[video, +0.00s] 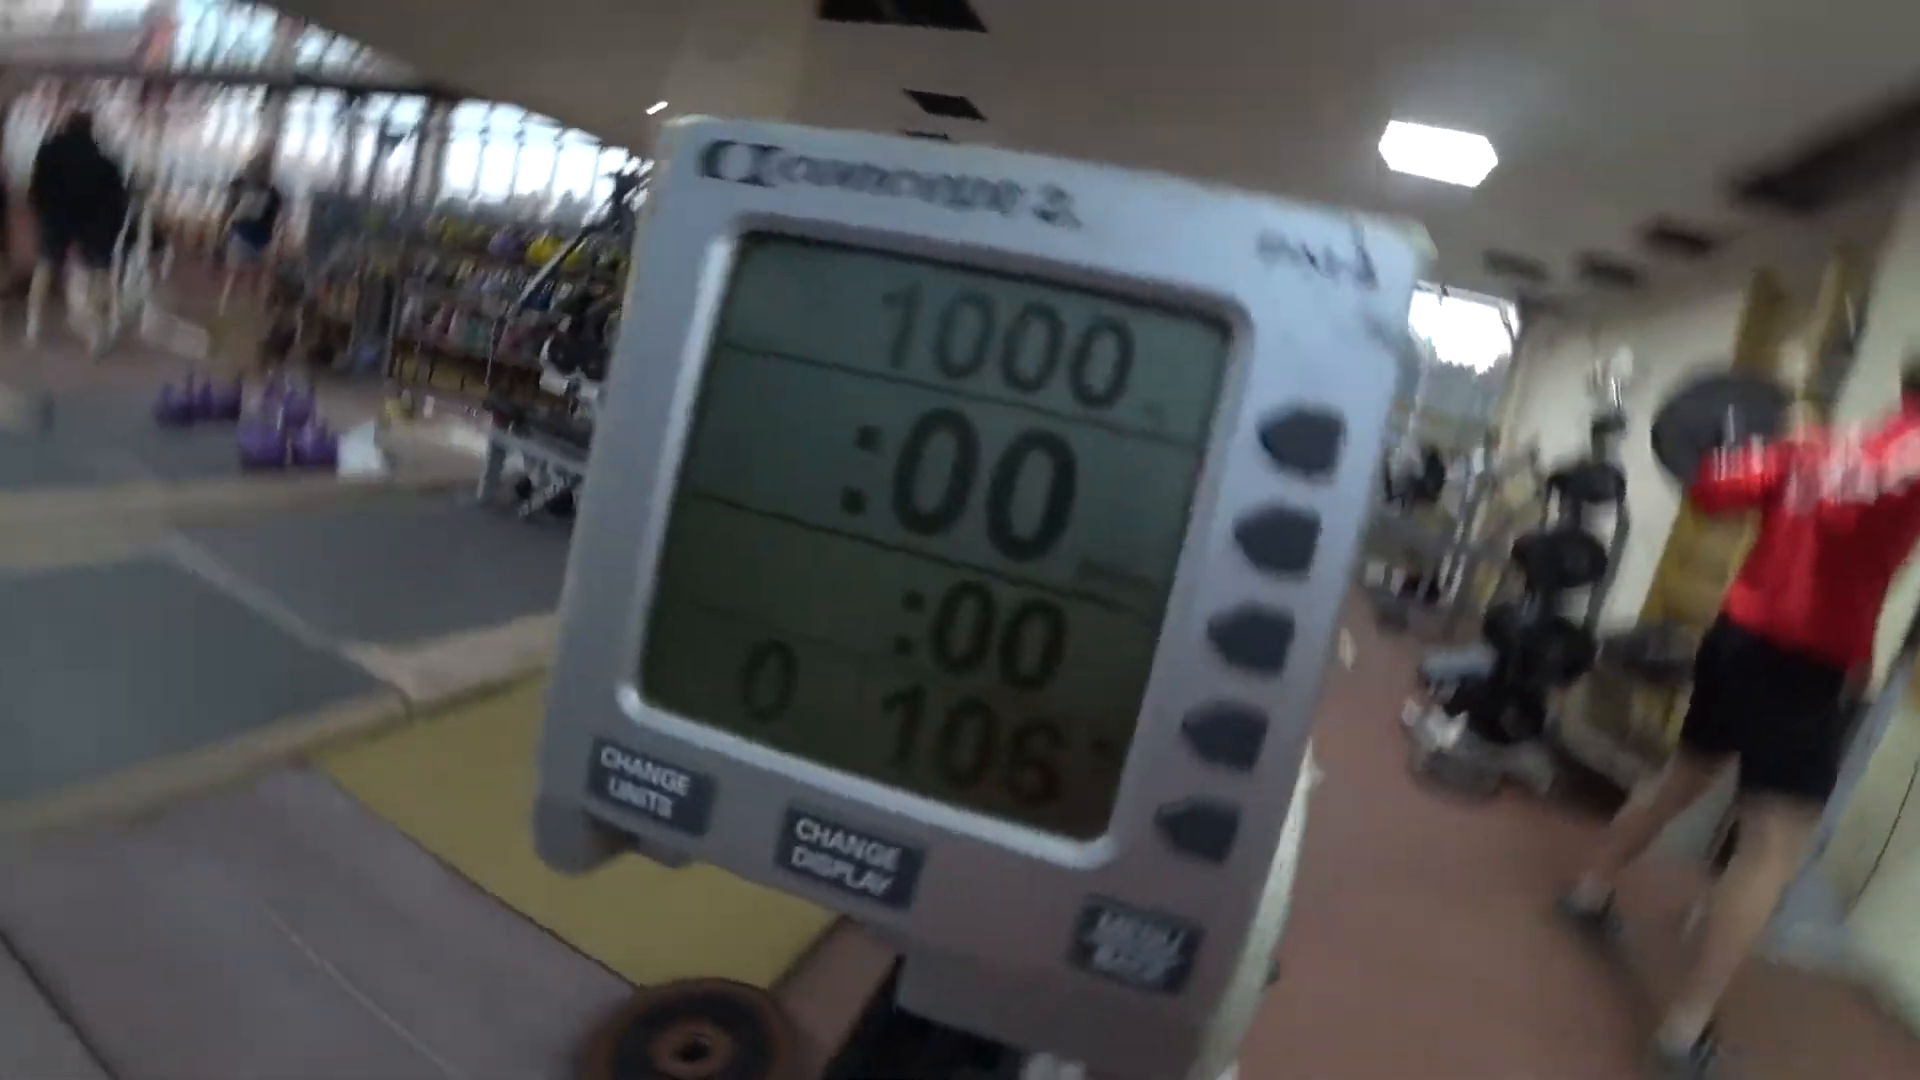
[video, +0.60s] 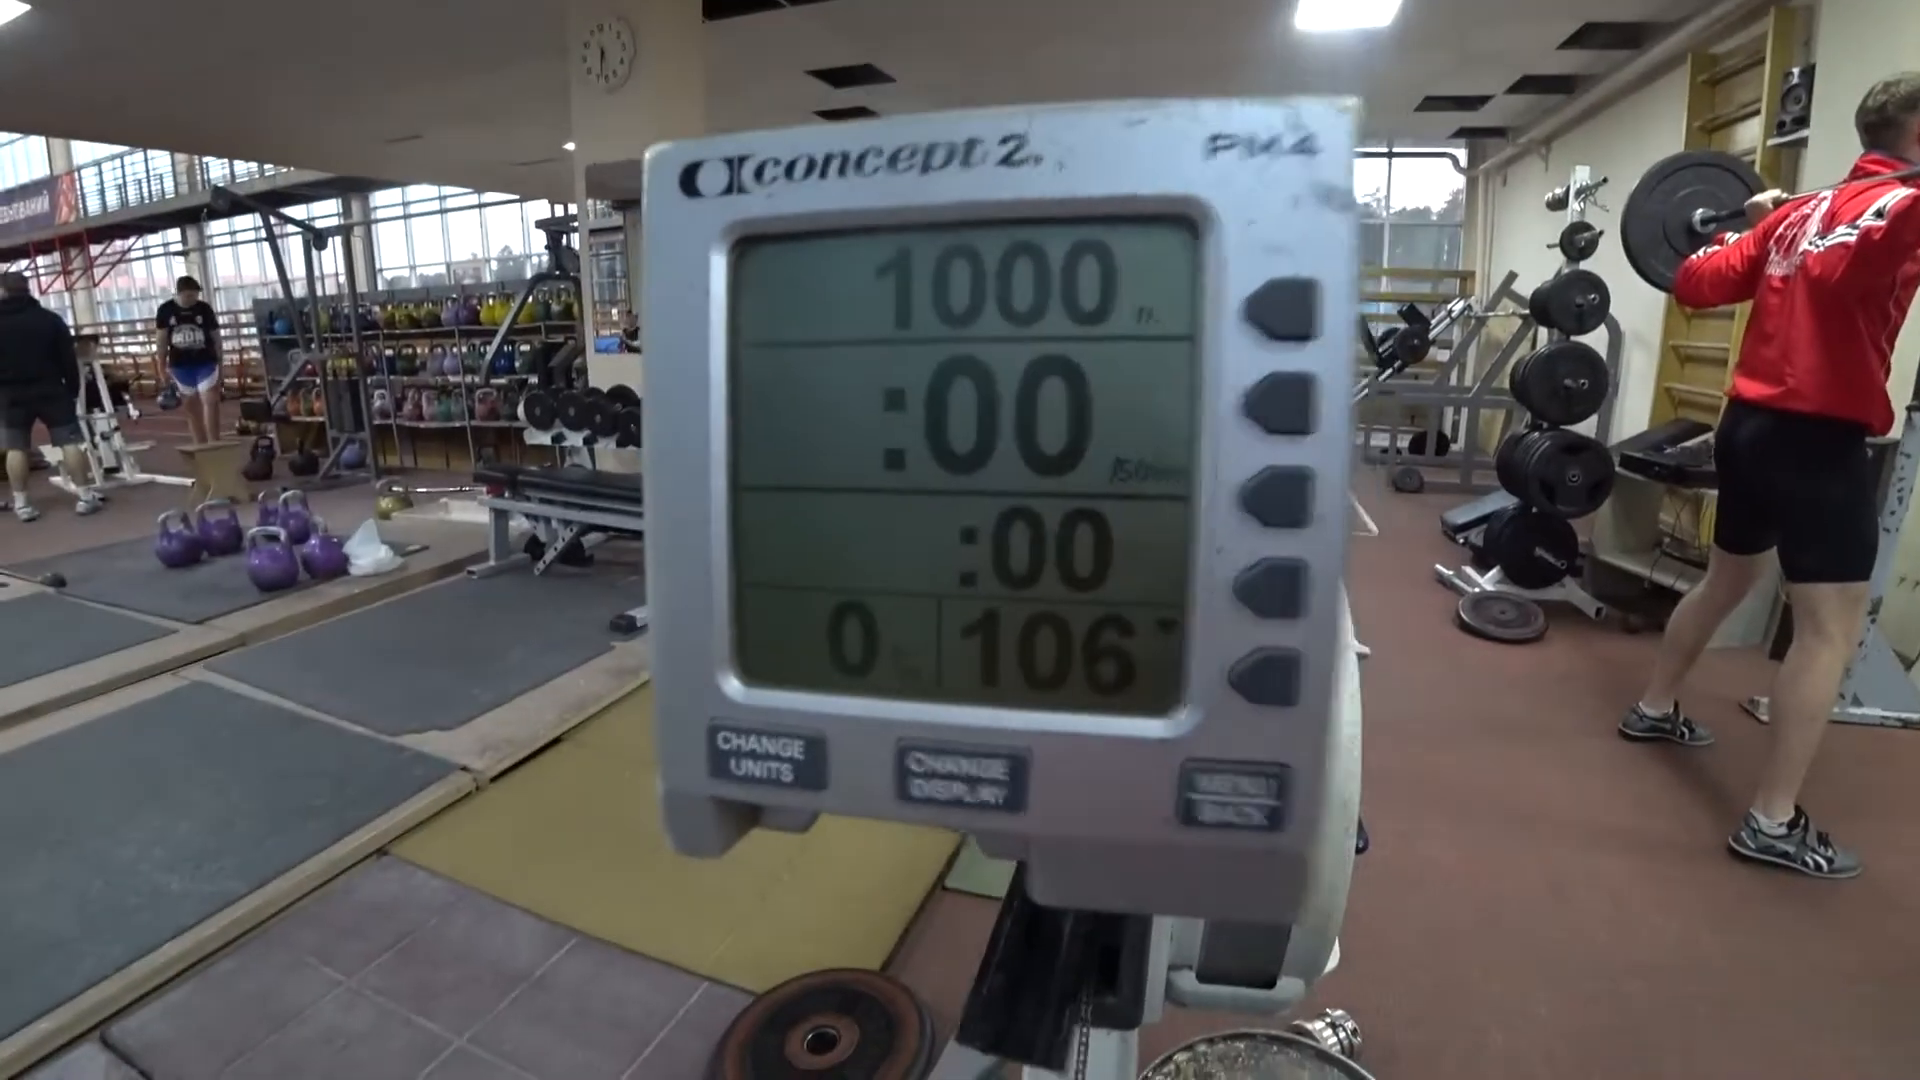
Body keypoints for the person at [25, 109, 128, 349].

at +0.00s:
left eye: (75, 126)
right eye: (82, 127)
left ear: (64, 128)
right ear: (91, 131)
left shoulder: (49, 153)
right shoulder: (103, 162)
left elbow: (36, 190)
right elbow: (115, 199)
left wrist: (41, 210)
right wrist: (110, 226)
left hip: (56, 220)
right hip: (93, 223)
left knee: (45, 269)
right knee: (98, 274)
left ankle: (33, 327)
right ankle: (99, 329)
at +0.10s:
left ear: (33, 208)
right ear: (58, 208)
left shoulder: (17, 236)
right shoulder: (77, 240)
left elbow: (10, 277)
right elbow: (90, 284)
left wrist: (11, 307)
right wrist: (88, 315)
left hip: (31, 310)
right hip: (68, 310)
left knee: (24, 362)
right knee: (77, 364)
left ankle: (19, 420)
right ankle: (85, 419)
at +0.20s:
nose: (8, 276)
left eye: (8, 271)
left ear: (10, 274)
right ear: (35, 272)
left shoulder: (3, 300)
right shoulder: (56, 303)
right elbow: (74, 345)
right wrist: (73, 378)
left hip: (13, 377)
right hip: (54, 374)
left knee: (12, 430)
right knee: (69, 427)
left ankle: (15, 487)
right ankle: (79, 480)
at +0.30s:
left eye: (4, 298)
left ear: (1, 300)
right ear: (24, 297)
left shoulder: (3, 329)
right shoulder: (47, 328)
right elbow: (66, 372)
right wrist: (67, 403)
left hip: (10, 405)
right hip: (47, 401)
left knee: (9, 455)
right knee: (65, 449)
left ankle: (14, 512)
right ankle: (79, 503)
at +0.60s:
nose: (1, 294)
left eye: (2, 289)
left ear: (4, 291)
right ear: (27, 289)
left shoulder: (2, 319)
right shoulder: (49, 319)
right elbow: (69, 361)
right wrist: (72, 392)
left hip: (12, 394)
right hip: (50, 391)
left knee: (15, 447)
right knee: (69, 442)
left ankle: (21, 504)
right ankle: (85, 497)